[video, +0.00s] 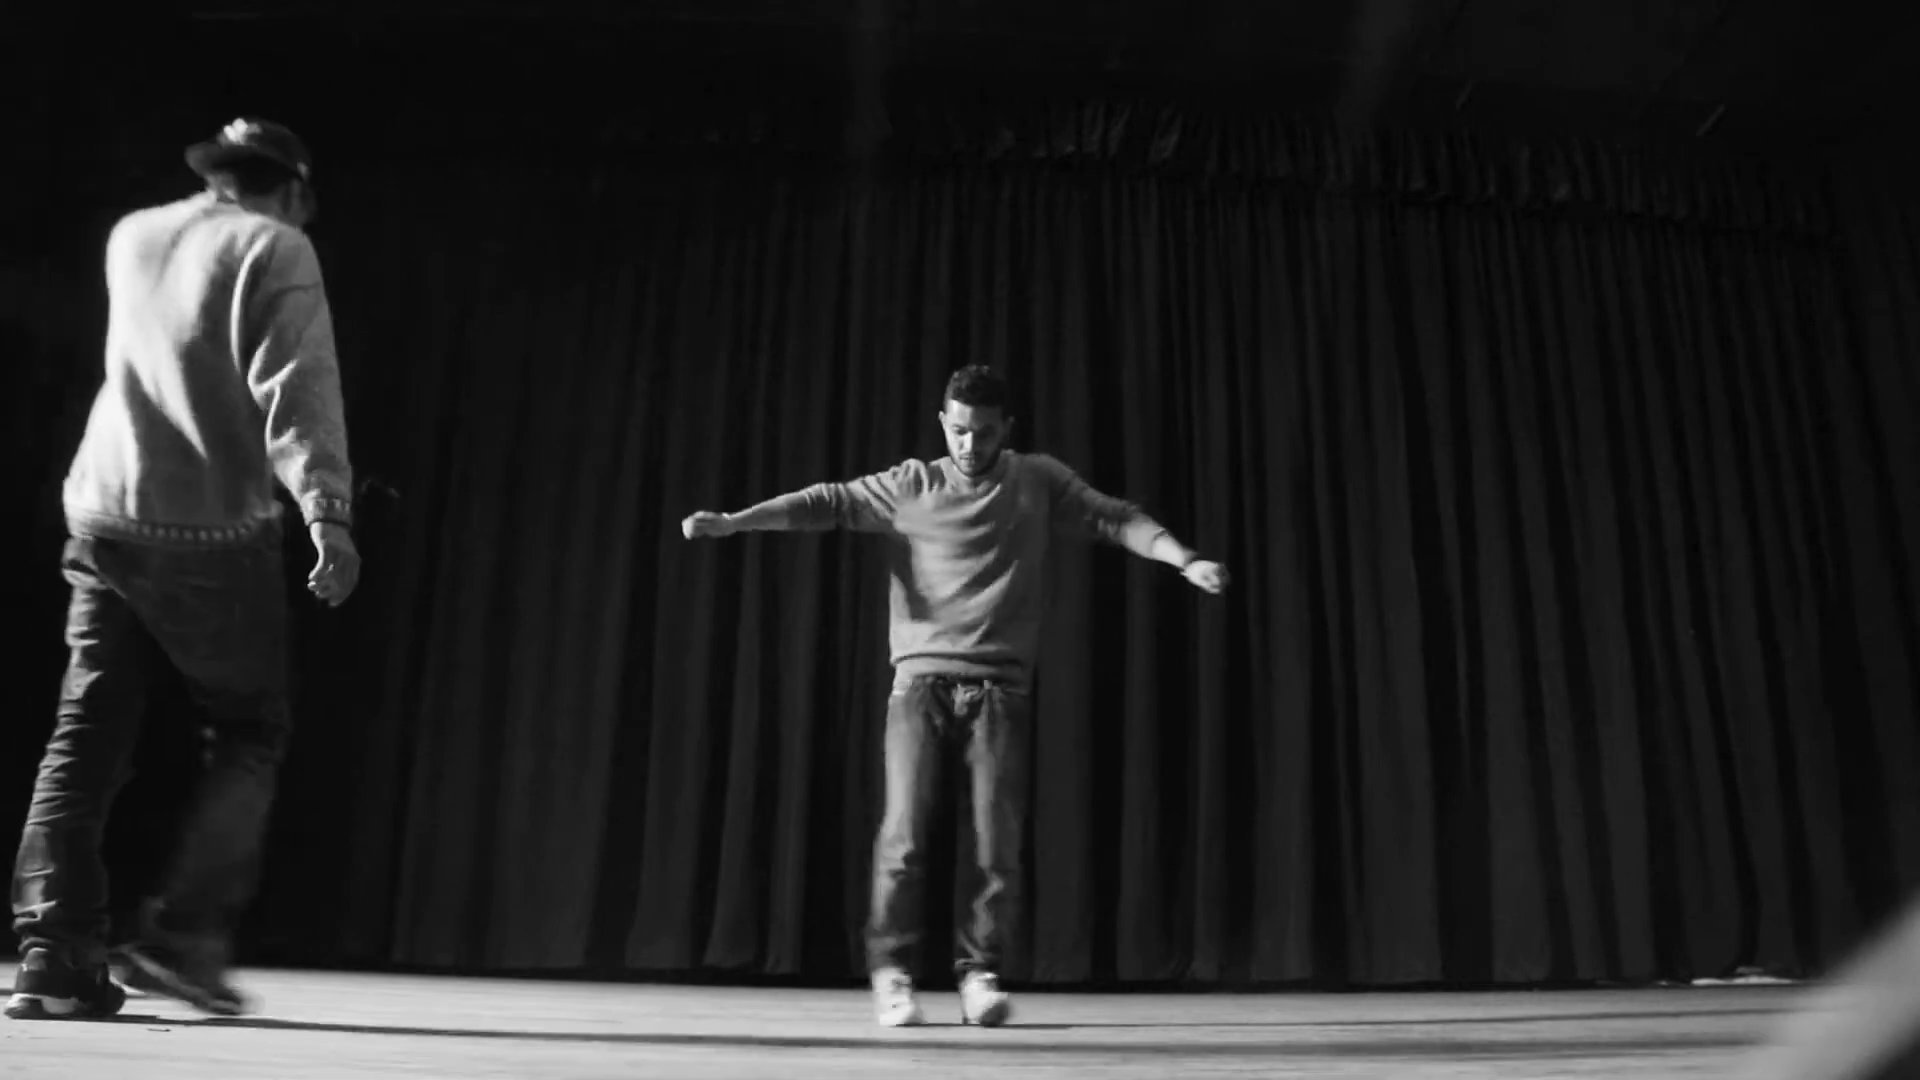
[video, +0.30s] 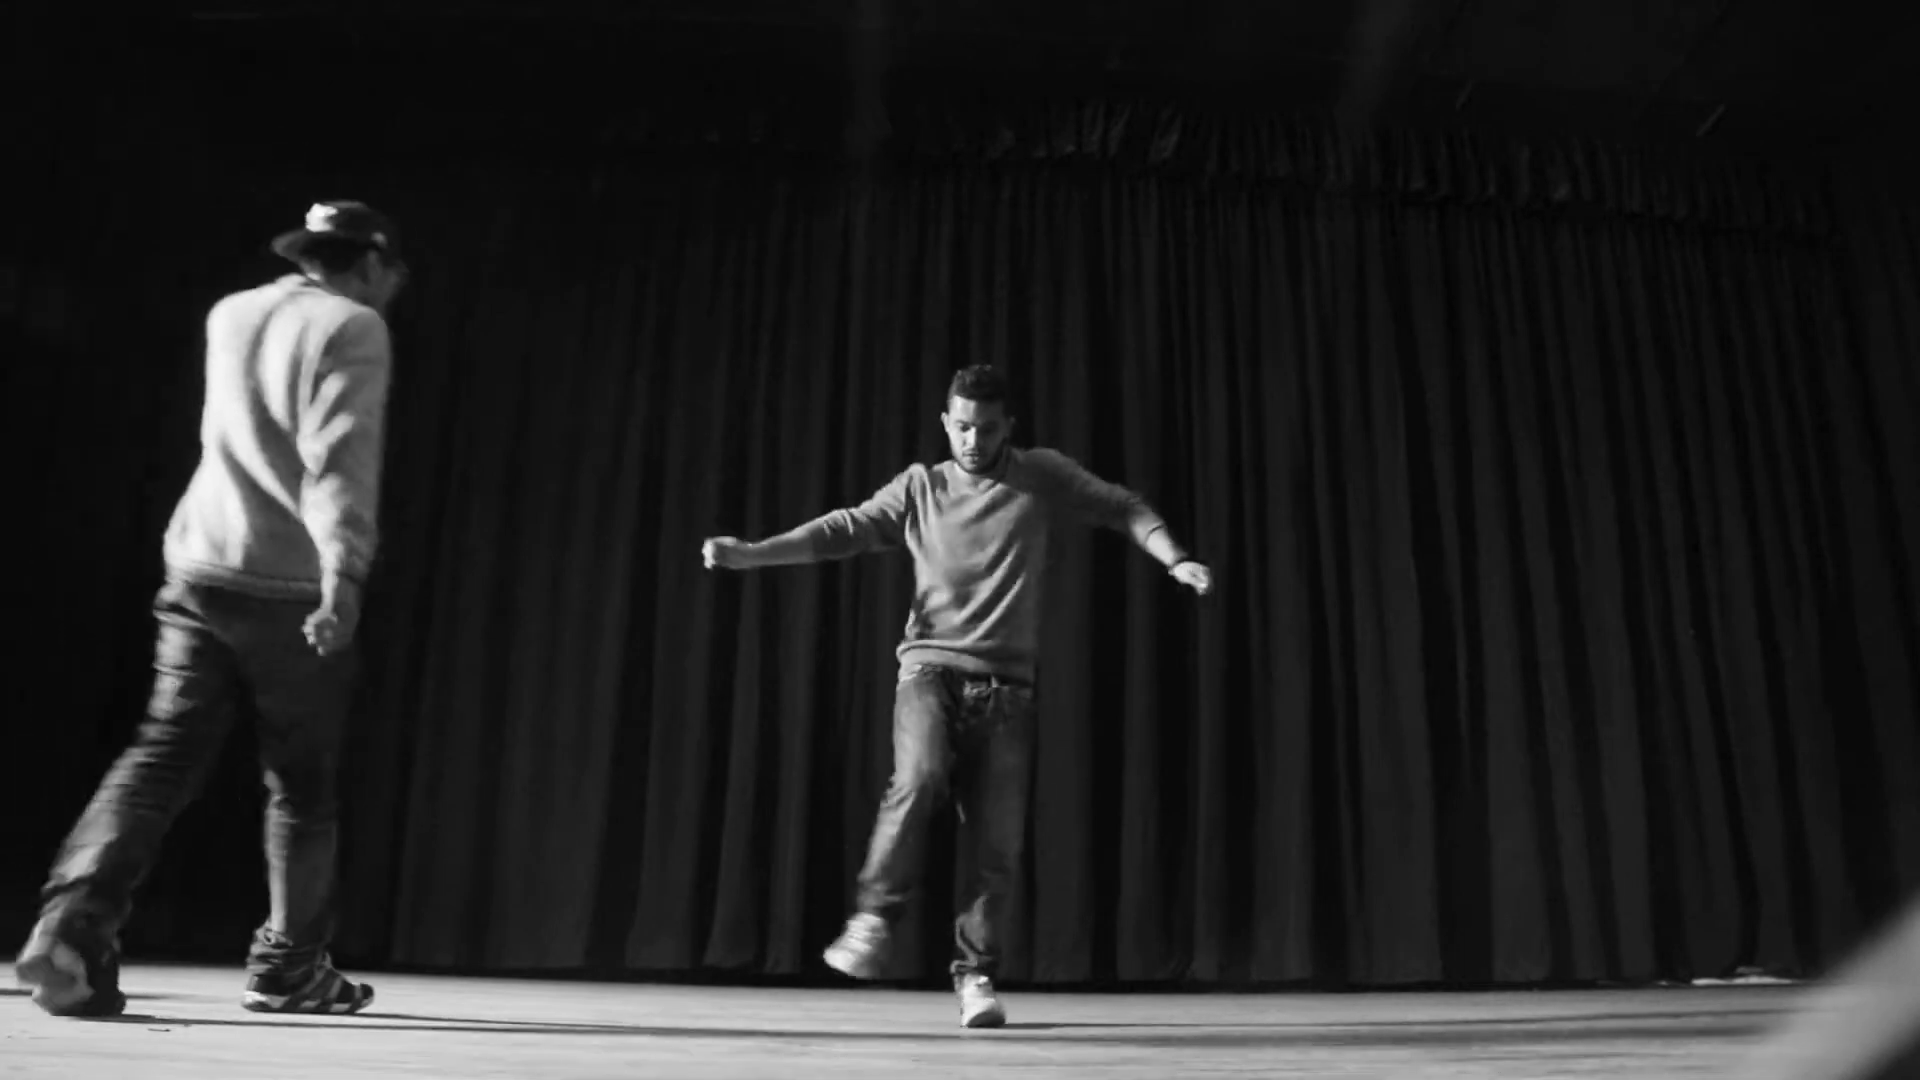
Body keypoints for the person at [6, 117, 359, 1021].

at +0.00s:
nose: (300, 213)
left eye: (301, 202)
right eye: (302, 201)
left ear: (212, 179)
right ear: (287, 191)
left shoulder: (132, 234)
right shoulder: (276, 246)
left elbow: (154, 348)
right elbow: (297, 385)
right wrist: (328, 512)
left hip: (101, 520)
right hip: (212, 535)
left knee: (84, 731)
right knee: (248, 732)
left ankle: (46, 954)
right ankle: (183, 939)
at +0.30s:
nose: (392, 286)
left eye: (393, 272)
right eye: (390, 271)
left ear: (307, 256)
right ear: (368, 263)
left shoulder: (230, 312)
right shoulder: (355, 327)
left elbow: (234, 434)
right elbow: (339, 458)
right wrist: (342, 579)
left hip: (197, 570)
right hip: (288, 585)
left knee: (162, 751)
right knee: (302, 782)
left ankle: (69, 927)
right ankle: (290, 964)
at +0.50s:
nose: (444, 316)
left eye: (446, 302)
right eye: (441, 300)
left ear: (365, 286)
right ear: (414, 292)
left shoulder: (287, 336)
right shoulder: (410, 362)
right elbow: (425, 507)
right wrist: (442, 623)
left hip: (268, 589)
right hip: (352, 599)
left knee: (265, 761)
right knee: (329, 784)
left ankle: (159, 892)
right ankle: (294, 962)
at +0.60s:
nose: (467, 335)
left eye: (468, 320)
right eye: (466, 319)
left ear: (389, 300)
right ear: (440, 304)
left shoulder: (305, 353)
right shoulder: (424, 368)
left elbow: (312, 463)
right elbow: (454, 502)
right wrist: (491, 617)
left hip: (291, 592)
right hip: (372, 599)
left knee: (302, 763)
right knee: (336, 783)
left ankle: (219, 924)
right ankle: (293, 963)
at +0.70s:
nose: (484, 363)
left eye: (487, 350)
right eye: (485, 348)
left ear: (420, 322)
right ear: (464, 333)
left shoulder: (332, 368)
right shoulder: (441, 382)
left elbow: (290, 450)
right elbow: (472, 510)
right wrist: (524, 593)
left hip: (307, 602)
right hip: (382, 604)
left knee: (348, 775)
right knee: (341, 784)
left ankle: (312, 958)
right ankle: (288, 962)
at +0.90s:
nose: (514, 423)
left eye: (520, 415)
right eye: (517, 411)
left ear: (458, 375)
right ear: (503, 390)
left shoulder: (367, 416)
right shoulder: (475, 416)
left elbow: (301, 516)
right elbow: (499, 534)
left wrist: (359, 572)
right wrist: (548, 623)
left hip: (342, 621)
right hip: (413, 620)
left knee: (385, 798)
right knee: (363, 796)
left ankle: (417, 960)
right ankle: (293, 954)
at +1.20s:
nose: (550, 472)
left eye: (555, 465)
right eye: (552, 459)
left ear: (499, 420)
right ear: (541, 436)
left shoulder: (422, 460)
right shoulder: (520, 448)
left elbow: (372, 563)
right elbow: (503, 545)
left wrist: (375, 659)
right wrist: (498, 636)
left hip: (402, 668)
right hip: (459, 663)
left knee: (422, 809)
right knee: (486, 804)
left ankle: (422, 964)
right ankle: (391, 905)